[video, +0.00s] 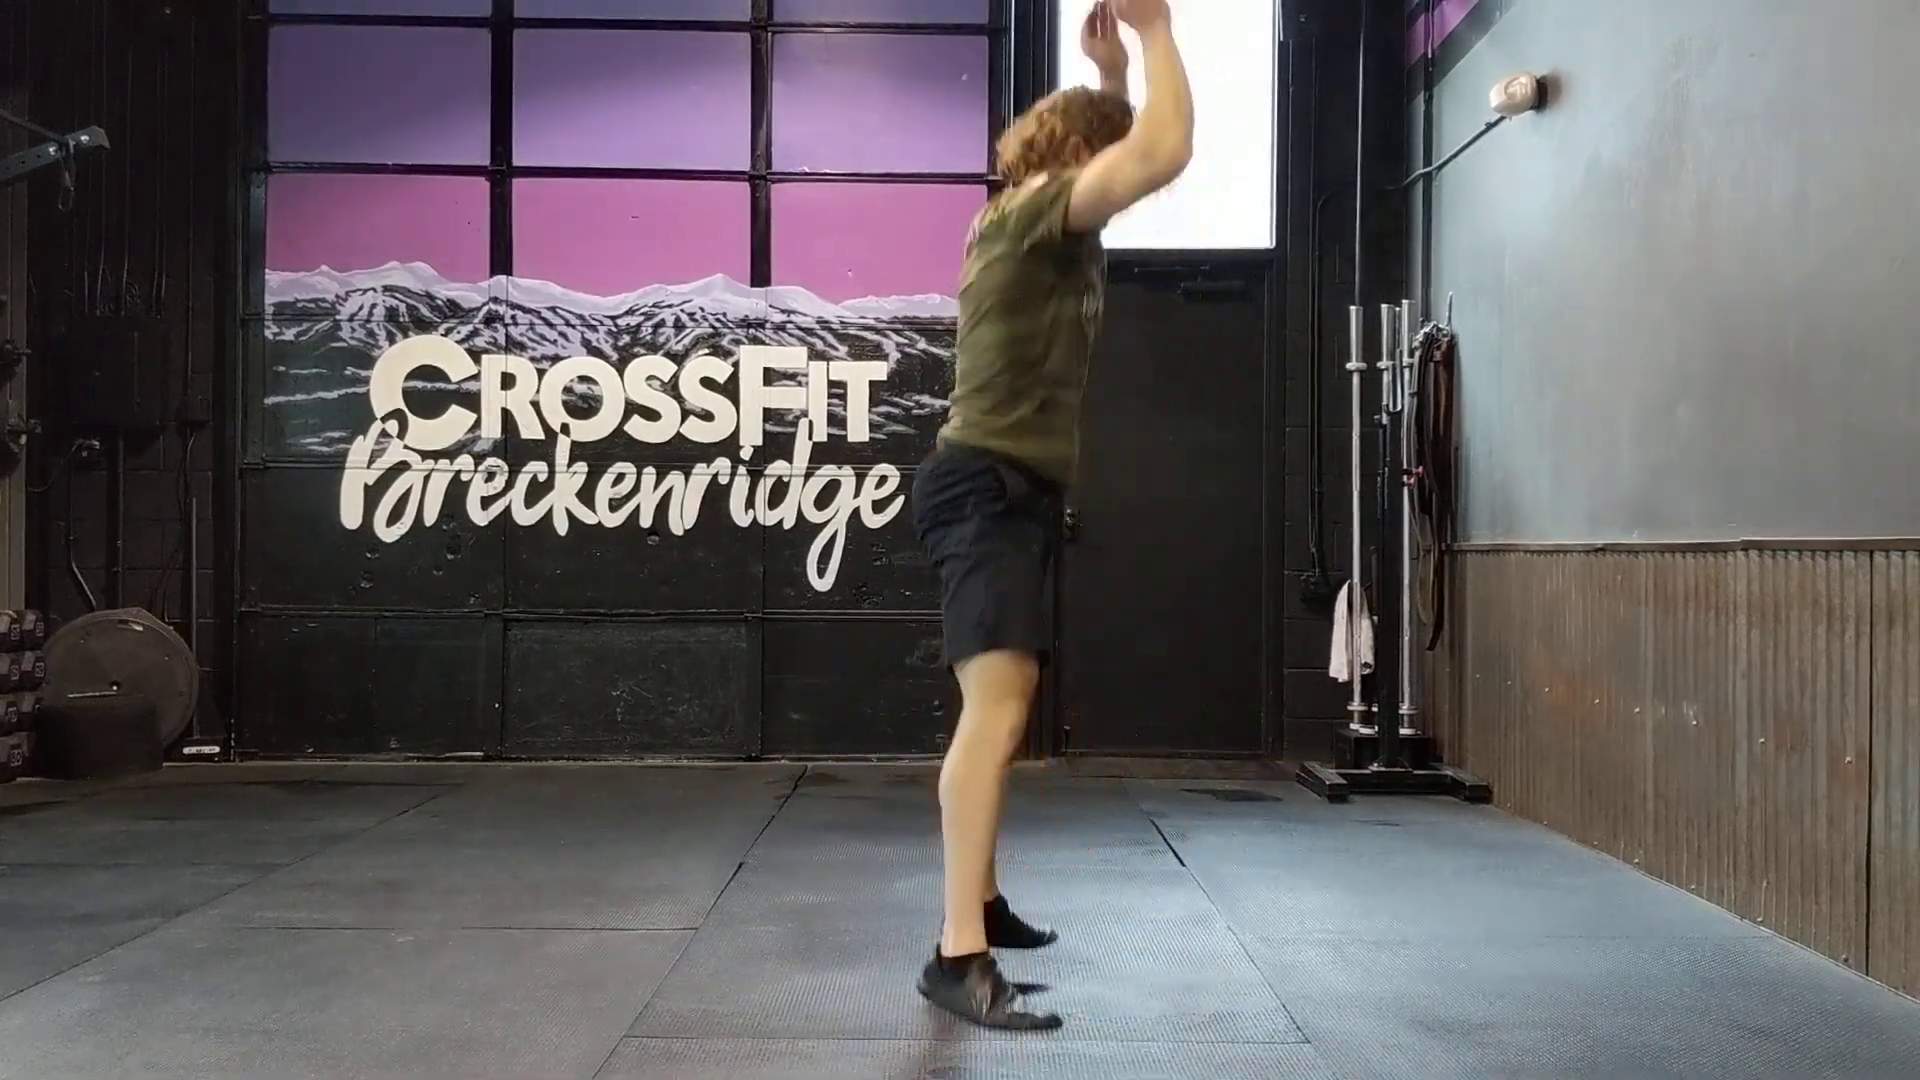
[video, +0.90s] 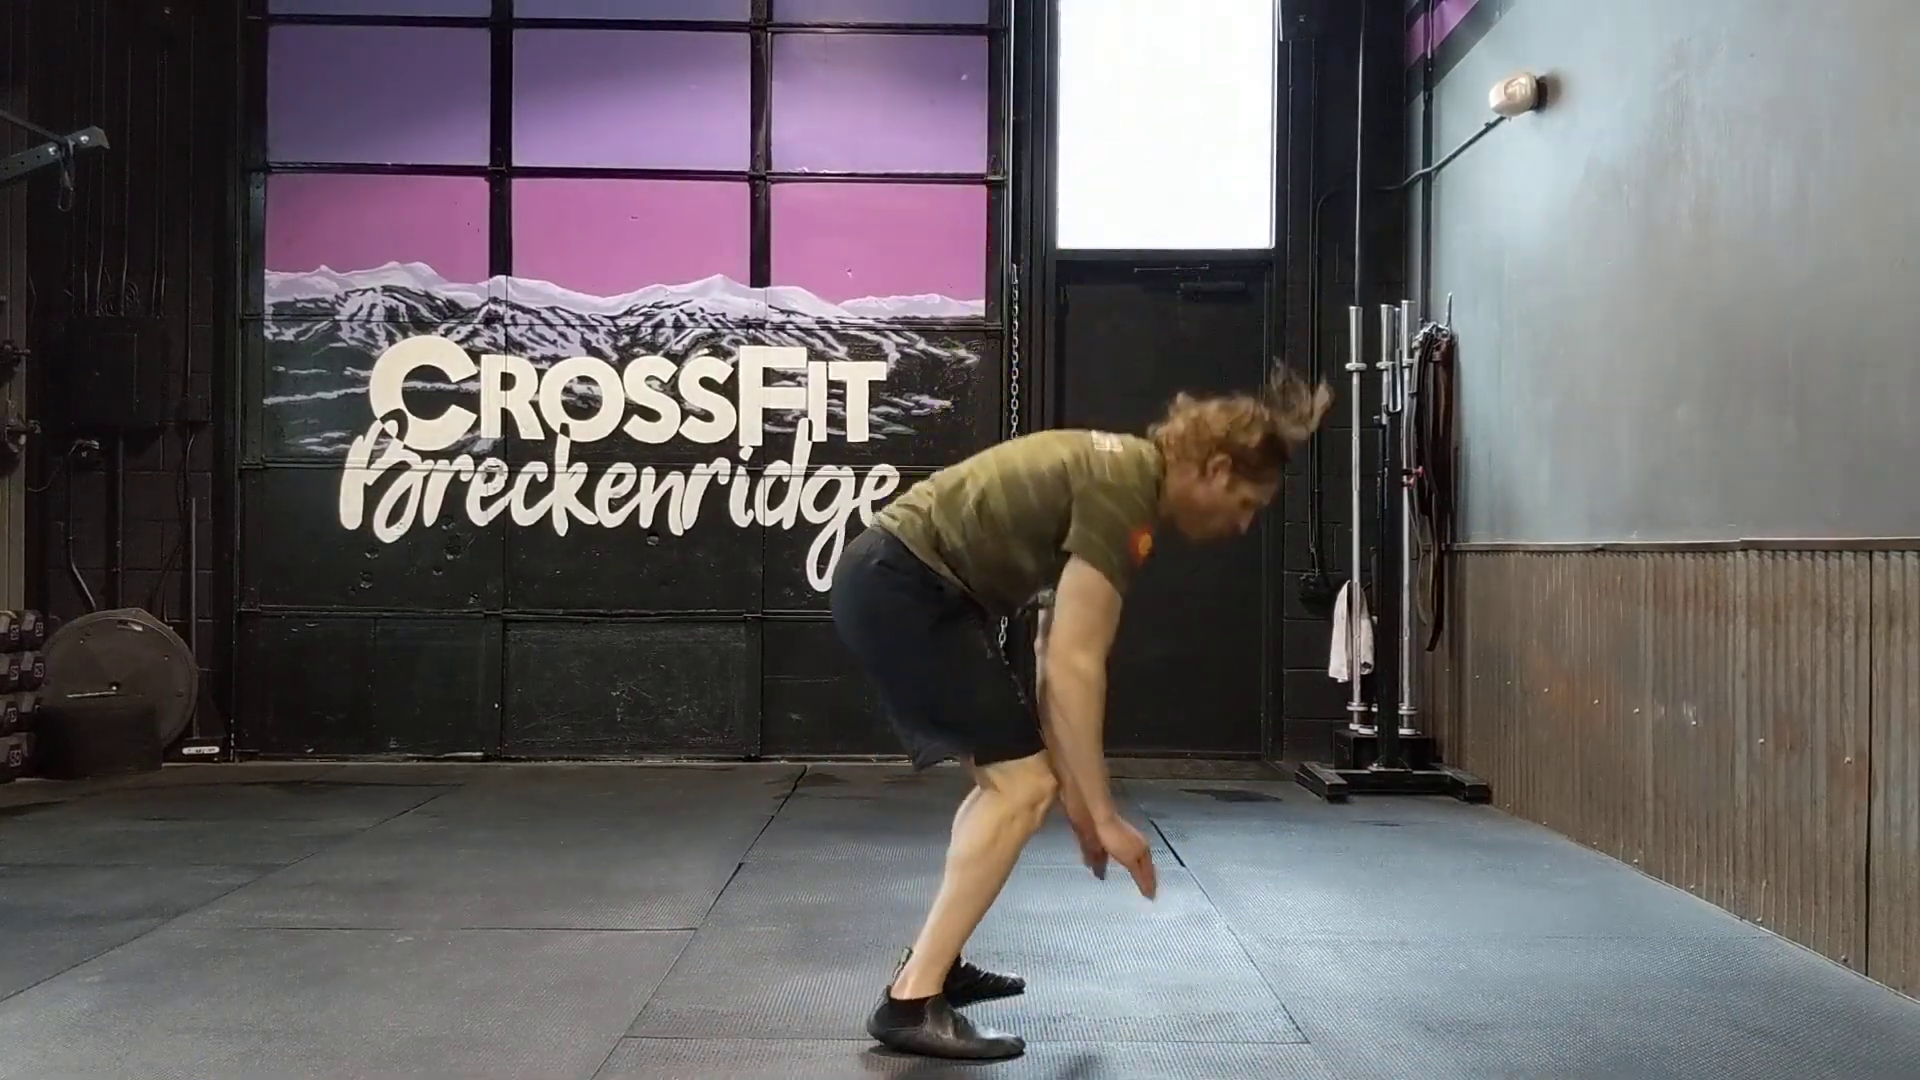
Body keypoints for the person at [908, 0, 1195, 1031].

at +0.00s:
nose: (1116, 181)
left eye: (1119, 162)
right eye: (1112, 161)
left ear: (1049, 150)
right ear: (1074, 156)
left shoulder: (1032, 219)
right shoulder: (1030, 216)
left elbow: (1099, 145)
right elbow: (1160, 152)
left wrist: (1110, 66)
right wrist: (1158, 30)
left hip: (1011, 490)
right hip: (985, 486)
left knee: (996, 709)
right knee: (994, 713)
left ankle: (974, 897)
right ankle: (957, 954)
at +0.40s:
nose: (1107, 210)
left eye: (1107, 190)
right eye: (1093, 191)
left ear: (1033, 171)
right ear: (1056, 185)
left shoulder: (1028, 262)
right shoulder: (1009, 258)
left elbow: (1073, 168)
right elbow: (1073, 170)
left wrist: (1099, 77)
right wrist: (1103, 70)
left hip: (1011, 533)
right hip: (991, 535)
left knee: (1014, 759)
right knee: (1014, 763)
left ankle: (940, 955)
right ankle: (911, 995)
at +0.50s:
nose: (1131, 244)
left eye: (1135, 229)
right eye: (1127, 225)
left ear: (1071, 214)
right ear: (1079, 211)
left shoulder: (1035, 287)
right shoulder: (1027, 279)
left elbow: (1053, 370)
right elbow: (1030, 370)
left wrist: (1163, 321)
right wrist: (1172, 305)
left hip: (994, 552)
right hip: (971, 547)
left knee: (1021, 761)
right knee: (1023, 763)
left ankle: (939, 955)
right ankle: (913, 993)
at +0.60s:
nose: (1175, 271)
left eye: (1181, 253)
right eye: (1174, 248)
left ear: (1125, 225)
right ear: (1128, 223)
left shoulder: (1073, 301)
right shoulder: (1055, 293)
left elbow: (1032, 450)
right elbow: (1027, 442)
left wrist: (1081, 550)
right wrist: (1113, 562)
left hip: (975, 540)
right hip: (951, 533)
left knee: (982, 757)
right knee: (982, 759)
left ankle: (930, 955)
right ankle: (909, 997)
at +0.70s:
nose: (1223, 335)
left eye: (1231, 319)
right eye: (1221, 313)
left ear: (1178, 291)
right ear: (1179, 285)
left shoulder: (1104, 349)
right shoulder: (1083, 334)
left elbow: (1033, 501)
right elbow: (1022, 494)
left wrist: (1045, 623)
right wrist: (1067, 639)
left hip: (954, 538)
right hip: (927, 532)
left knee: (968, 760)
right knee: (963, 762)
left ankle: (931, 957)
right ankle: (905, 998)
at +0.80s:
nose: (1245, 432)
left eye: (1255, 416)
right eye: (1248, 411)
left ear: (1208, 377)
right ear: (1210, 377)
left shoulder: (1122, 406)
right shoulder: (1115, 401)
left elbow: (1039, 574)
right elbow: (1040, 569)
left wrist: (1051, 706)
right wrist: (1073, 718)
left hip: (921, 550)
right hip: (906, 546)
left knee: (981, 765)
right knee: (981, 770)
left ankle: (929, 964)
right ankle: (906, 1002)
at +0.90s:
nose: (1243, 527)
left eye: (1254, 514)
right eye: (1249, 507)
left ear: (1212, 468)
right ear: (1216, 470)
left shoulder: (1122, 474)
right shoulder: (1123, 486)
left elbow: (1057, 659)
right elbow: (1076, 662)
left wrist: (1084, 806)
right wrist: (1102, 814)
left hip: (908, 580)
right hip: (899, 583)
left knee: (1015, 773)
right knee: (1025, 781)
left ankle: (932, 961)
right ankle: (912, 1000)